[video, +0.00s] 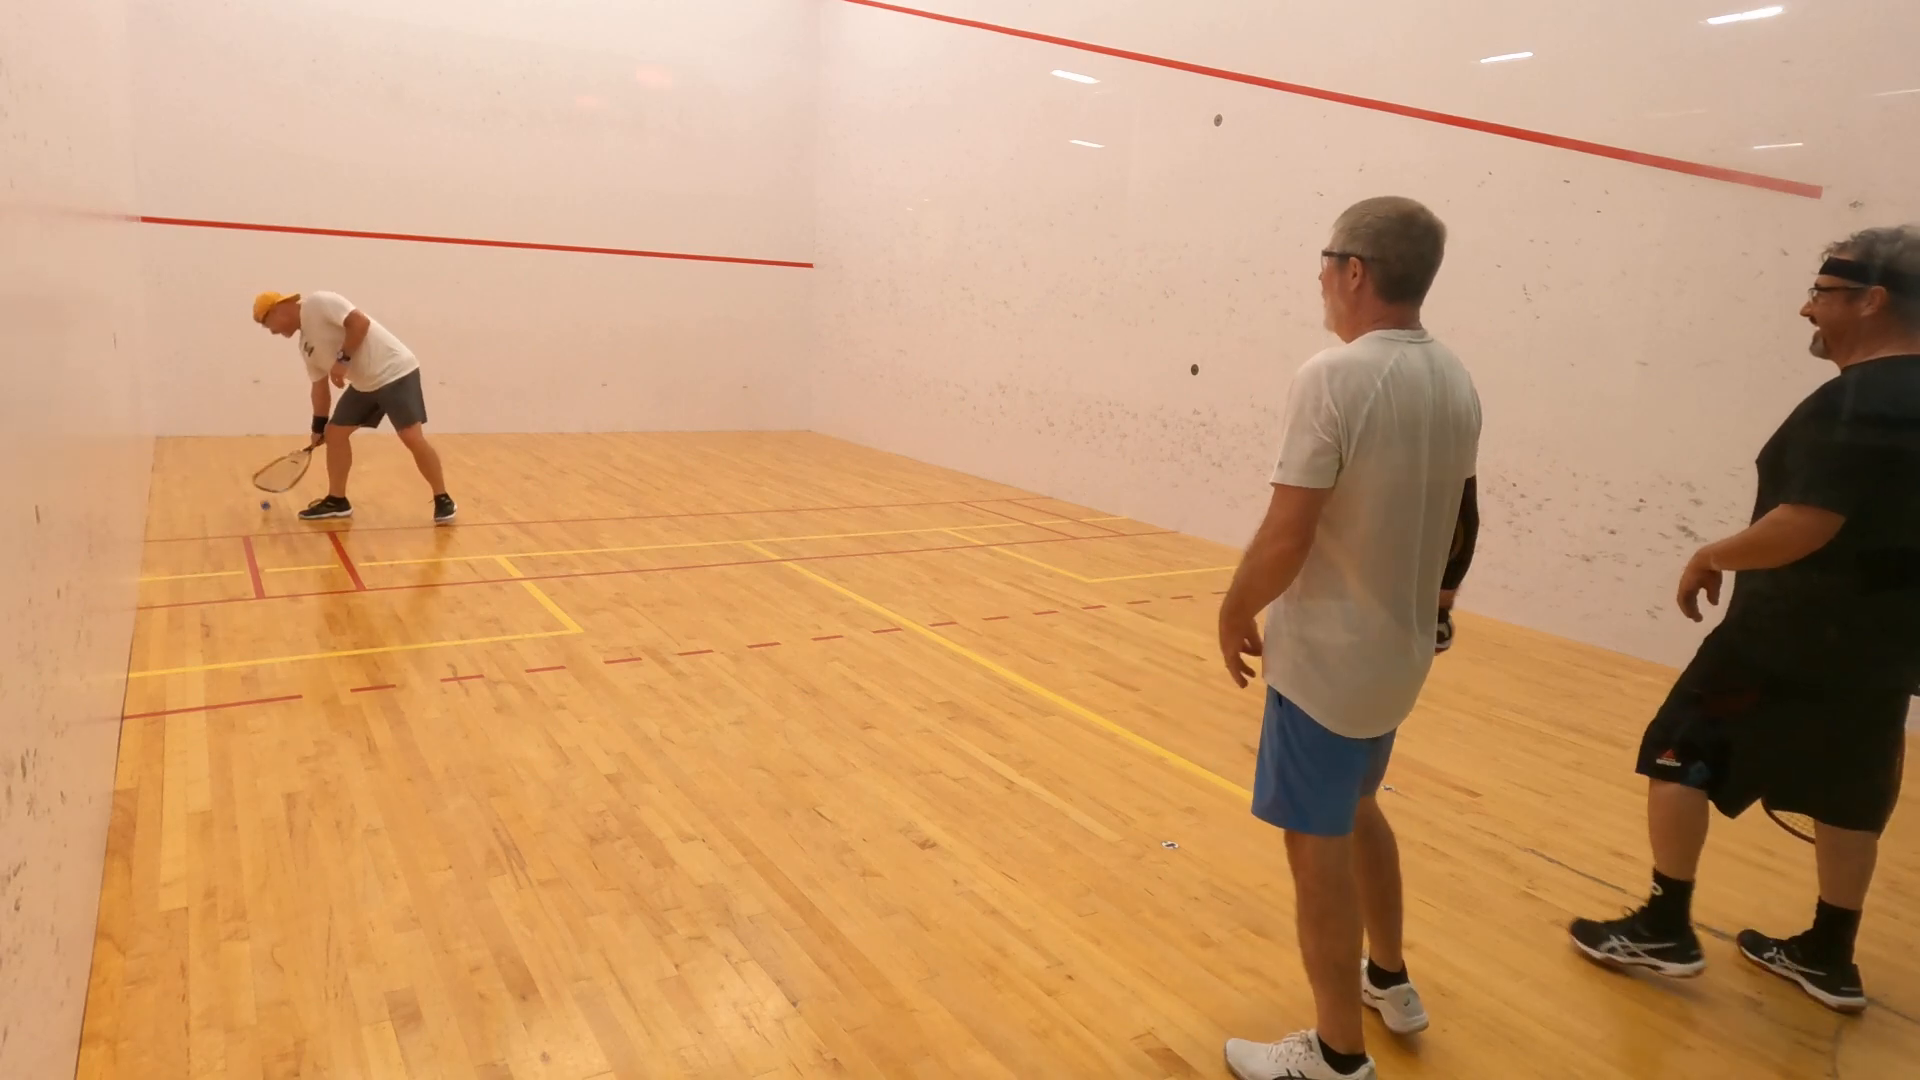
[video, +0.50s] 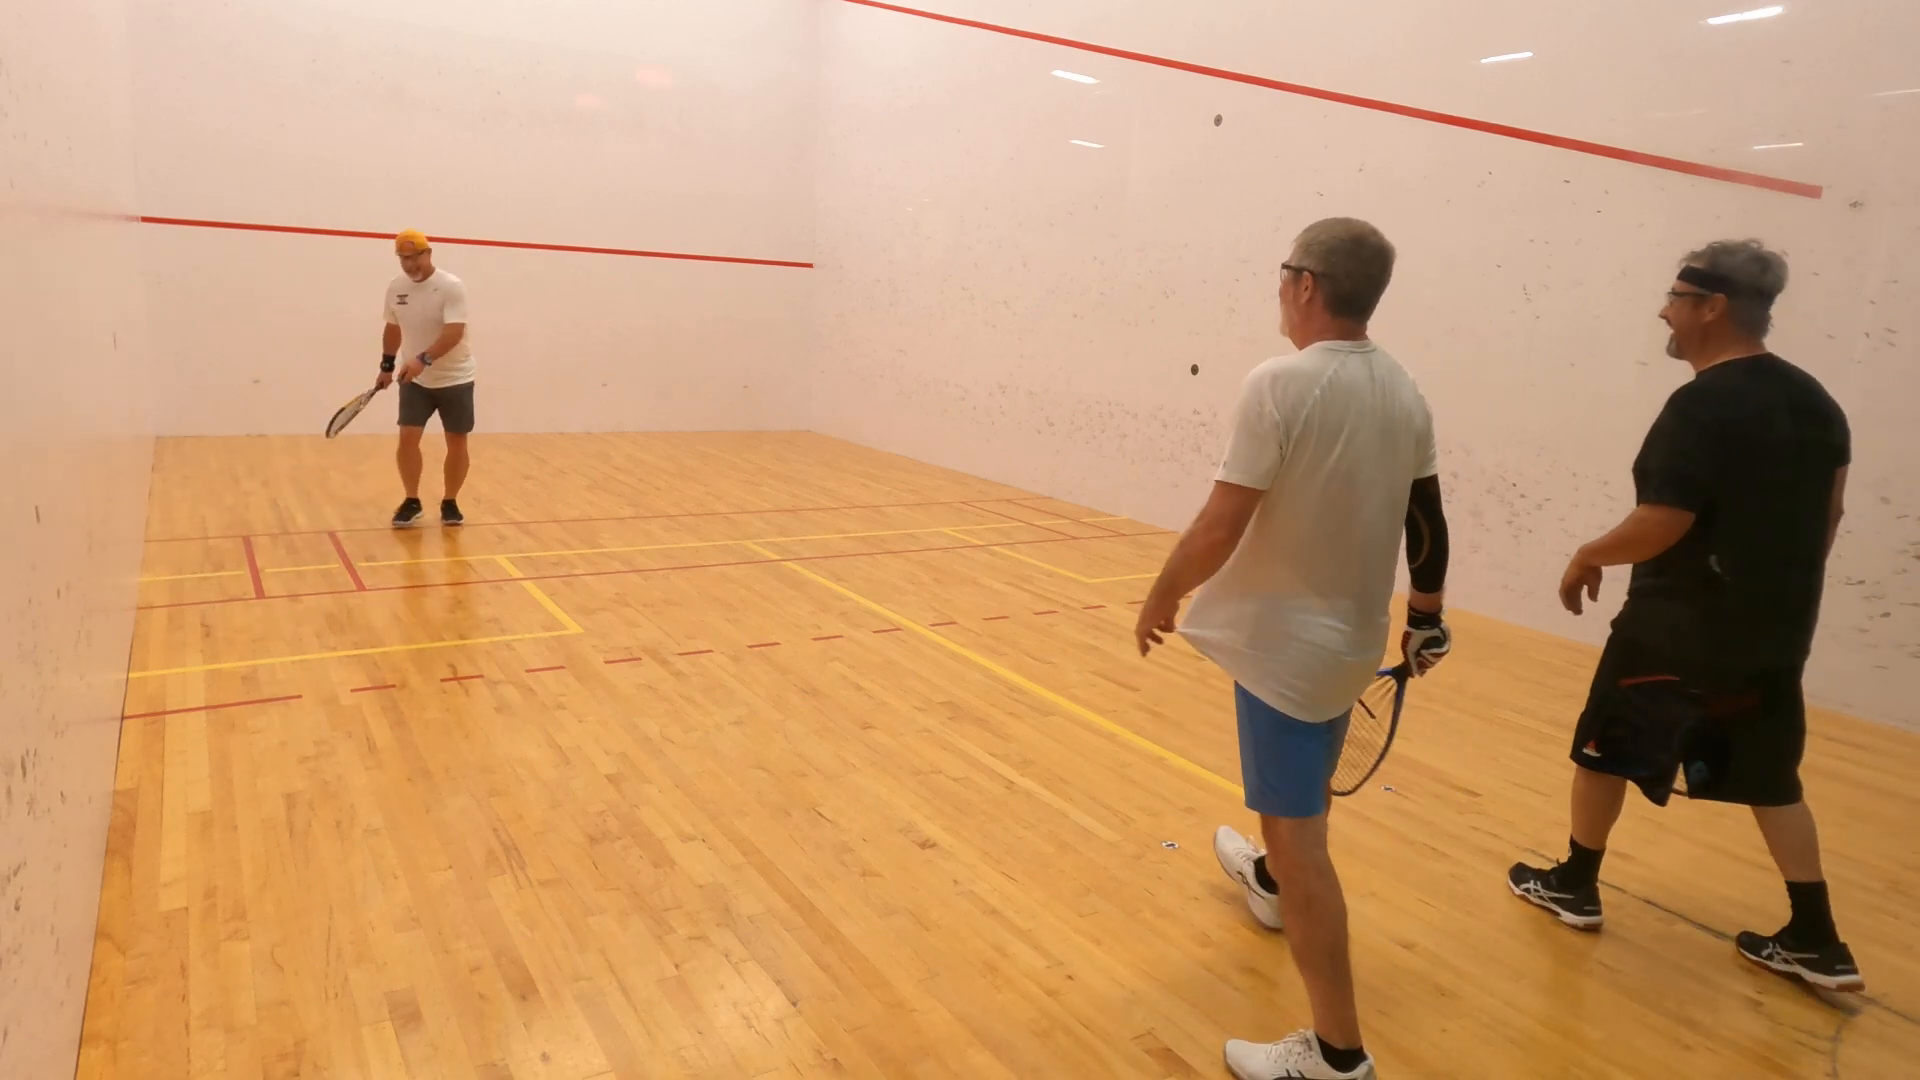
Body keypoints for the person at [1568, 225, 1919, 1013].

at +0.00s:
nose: (1808, 310)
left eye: (1822, 294)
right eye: (1812, 293)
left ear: (1875, 301)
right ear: (1883, 305)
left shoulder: (1859, 400)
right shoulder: (1910, 394)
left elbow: (1804, 524)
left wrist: (1712, 554)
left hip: (1792, 627)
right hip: (1884, 643)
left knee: (1678, 747)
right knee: (1854, 788)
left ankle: (1665, 924)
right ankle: (1830, 951)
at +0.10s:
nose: (1794, 307)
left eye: (1808, 292)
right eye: (1798, 292)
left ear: (1857, 301)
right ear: (1868, 305)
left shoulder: (1835, 403)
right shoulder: (1912, 395)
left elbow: (1788, 522)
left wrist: (1695, 552)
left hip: (1775, 639)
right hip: (1871, 648)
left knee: (1686, 755)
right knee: (1851, 789)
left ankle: (1604, 893)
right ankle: (1829, 951)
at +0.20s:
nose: (1770, 306)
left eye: (1784, 292)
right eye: (1775, 290)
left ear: (1833, 302)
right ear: (1848, 306)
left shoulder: (1813, 403)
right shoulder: (1910, 402)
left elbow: (1765, 521)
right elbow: (1910, 543)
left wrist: (1670, 550)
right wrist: (1889, 613)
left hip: (1761, 641)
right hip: (1857, 650)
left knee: (1678, 754)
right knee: (1845, 786)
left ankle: (1585, 882)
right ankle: (1829, 952)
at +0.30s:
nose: (1741, 305)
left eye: (1755, 293)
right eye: (1747, 291)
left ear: (1797, 305)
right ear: (1814, 310)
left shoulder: (1776, 405)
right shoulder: (1890, 414)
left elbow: (1736, 523)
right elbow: (1877, 543)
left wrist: (1641, 551)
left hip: (1733, 640)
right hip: (1832, 653)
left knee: (1658, 749)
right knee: (1830, 788)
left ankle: (1585, 881)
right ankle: (1827, 952)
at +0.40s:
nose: (1704, 310)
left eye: (1717, 296)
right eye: (1710, 295)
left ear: (1760, 307)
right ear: (1782, 312)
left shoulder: (1740, 405)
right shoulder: (1855, 413)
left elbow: (1699, 523)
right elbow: (1850, 542)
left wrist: (1612, 554)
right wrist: (1805, 614)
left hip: (1703, 636)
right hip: (1802, 647)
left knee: (1628, 744)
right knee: (1804, 787)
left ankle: (1577, 881)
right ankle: (1823, 950)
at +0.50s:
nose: (1665, 310)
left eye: (1676, 298)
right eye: (1670, 296)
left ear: (1715, 308)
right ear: (1736, 312)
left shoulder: (1699, 405)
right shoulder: (1815, 403)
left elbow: (1661, 523)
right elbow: (1827, 520)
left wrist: (1589, 554)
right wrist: (1782, 587)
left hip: (1674, 629)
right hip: (1772, 634)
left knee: (1607, 741)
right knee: (1771, 774)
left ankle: (1575, 879)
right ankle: (1815, 935)